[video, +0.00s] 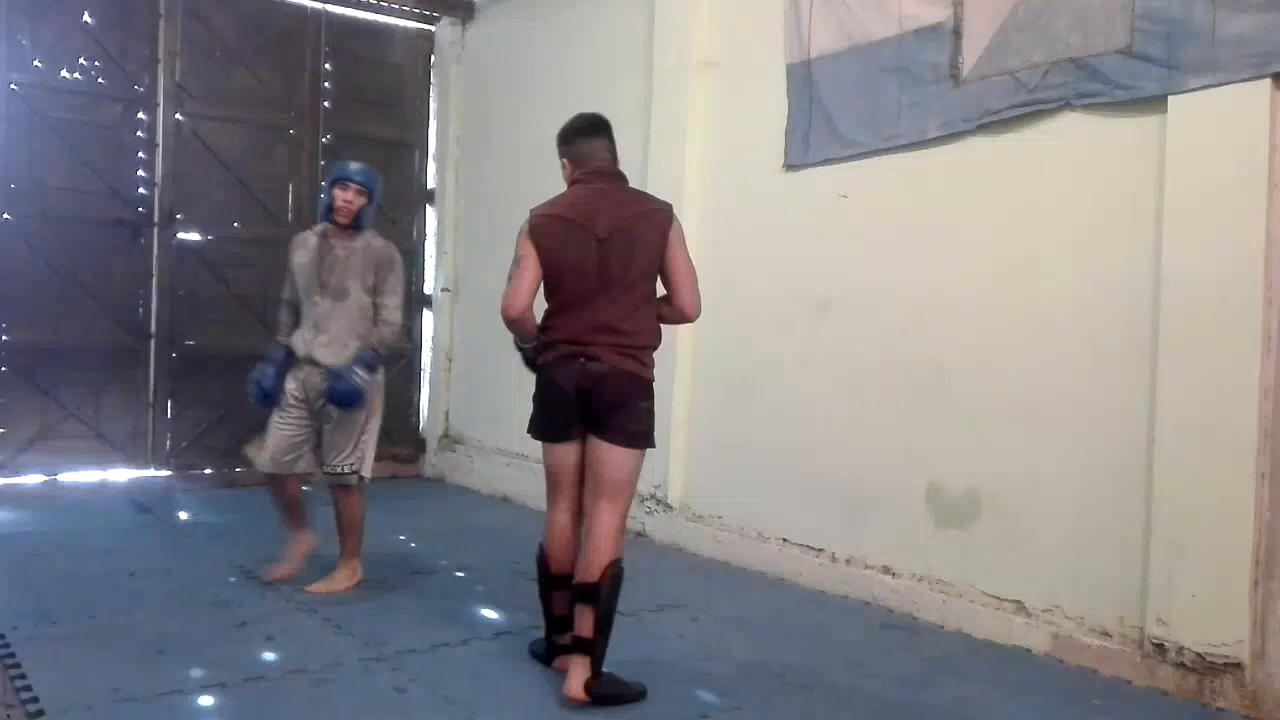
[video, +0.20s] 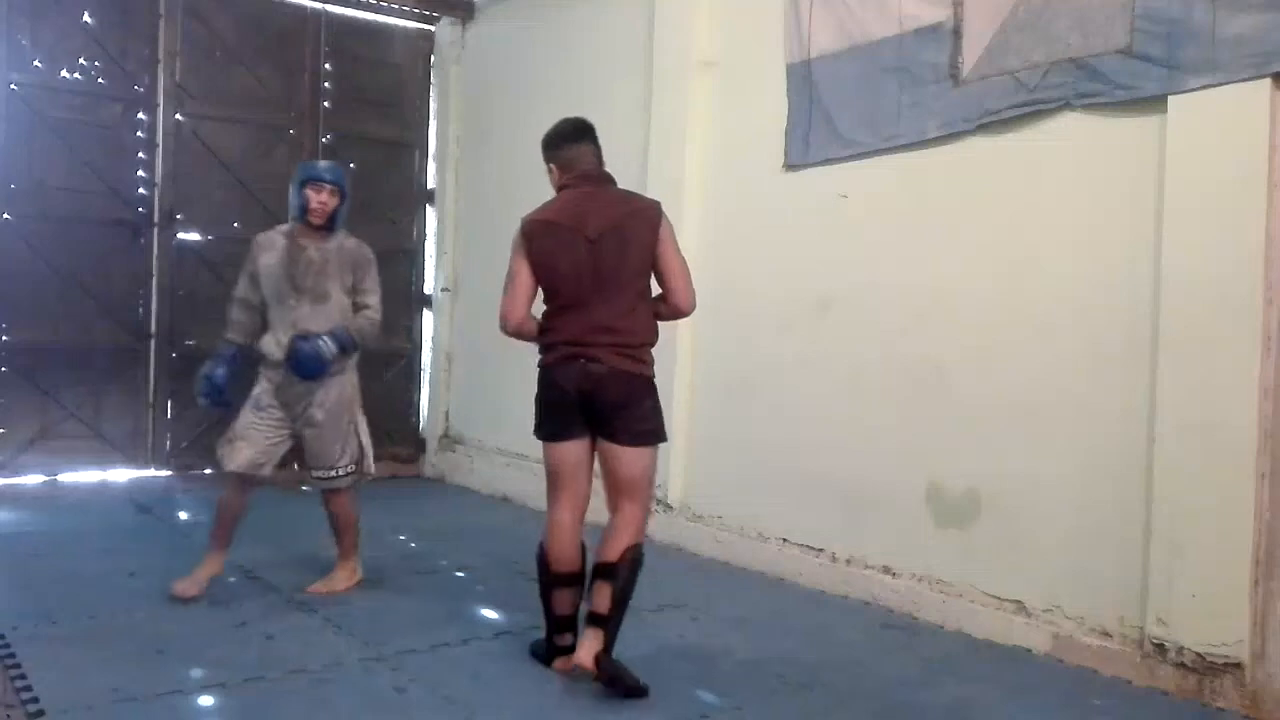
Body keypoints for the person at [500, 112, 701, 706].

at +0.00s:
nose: (566, 172)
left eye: (563, 165)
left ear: (566, 165)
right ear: (618, 160)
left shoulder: (545, 220)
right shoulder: (658, 215)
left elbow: (514, 309)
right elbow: (686, 306)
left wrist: (533, 343)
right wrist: (637, 308)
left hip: (560, 376)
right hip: (625, 381)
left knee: (562, 507)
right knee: (607, 516)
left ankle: (559, 641)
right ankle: (582, 672)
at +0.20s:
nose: (551, 178)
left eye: (548, 171)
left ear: (554, 170)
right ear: (602, 159)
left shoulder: (537, 225)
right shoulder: (646, 213)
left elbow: (513, 320)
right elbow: (681, 300)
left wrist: (556, 331)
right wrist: (634, 309)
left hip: (561, 381)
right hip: (627, 382)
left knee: (565, 507)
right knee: (629, 510)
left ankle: (561, 644)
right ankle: (593, 649)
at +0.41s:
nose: (544, 186)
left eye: (543, 179)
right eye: (545, 179)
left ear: (553, 176)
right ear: (598, 165)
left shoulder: (539, 228)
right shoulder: (647, 215)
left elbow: (519, 322)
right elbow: (677, 301)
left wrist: (562, 310)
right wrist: (637, 309)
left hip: (565, 384)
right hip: (631, 384)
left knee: (567, 503)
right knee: (647, 492)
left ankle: (562, 647)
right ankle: (641, 626)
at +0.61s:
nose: (564, 191)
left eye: (563, 183)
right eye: (563, 184)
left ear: (576, 178)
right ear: (617, 172)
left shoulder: (562, 228)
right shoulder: (666, 225)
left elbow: (536, 319)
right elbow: (690, 310)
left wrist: (579, 312)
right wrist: (644, 318)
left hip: (579, 385)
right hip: (644, 386)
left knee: (574, 506)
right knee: (652, 501)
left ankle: (563, 646)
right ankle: (677, 628)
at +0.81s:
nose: (593, 198)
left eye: (594, 189)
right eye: (593, 190)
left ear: (608, 184)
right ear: (643, 182)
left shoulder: (596, 227)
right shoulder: (687, 237)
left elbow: (579, 304)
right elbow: (706, 322)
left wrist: (560, 331)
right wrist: (653, 327)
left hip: (603, 388)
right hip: (665, 391)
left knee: (564, 487)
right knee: (657, 498)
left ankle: (568, 619)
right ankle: (677, 627)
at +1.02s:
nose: (590, 199)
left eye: (591, 191)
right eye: (588, 191)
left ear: (609, 187)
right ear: (639, 186)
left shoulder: (602, 230)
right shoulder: (684, 237)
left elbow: (601, 304)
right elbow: (706, 315)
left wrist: (569, 328)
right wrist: (653, 325)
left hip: (610, 379)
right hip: (667, 384)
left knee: (568, 479)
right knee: (652, 494)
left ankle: (592, 606)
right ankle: (677, 624)